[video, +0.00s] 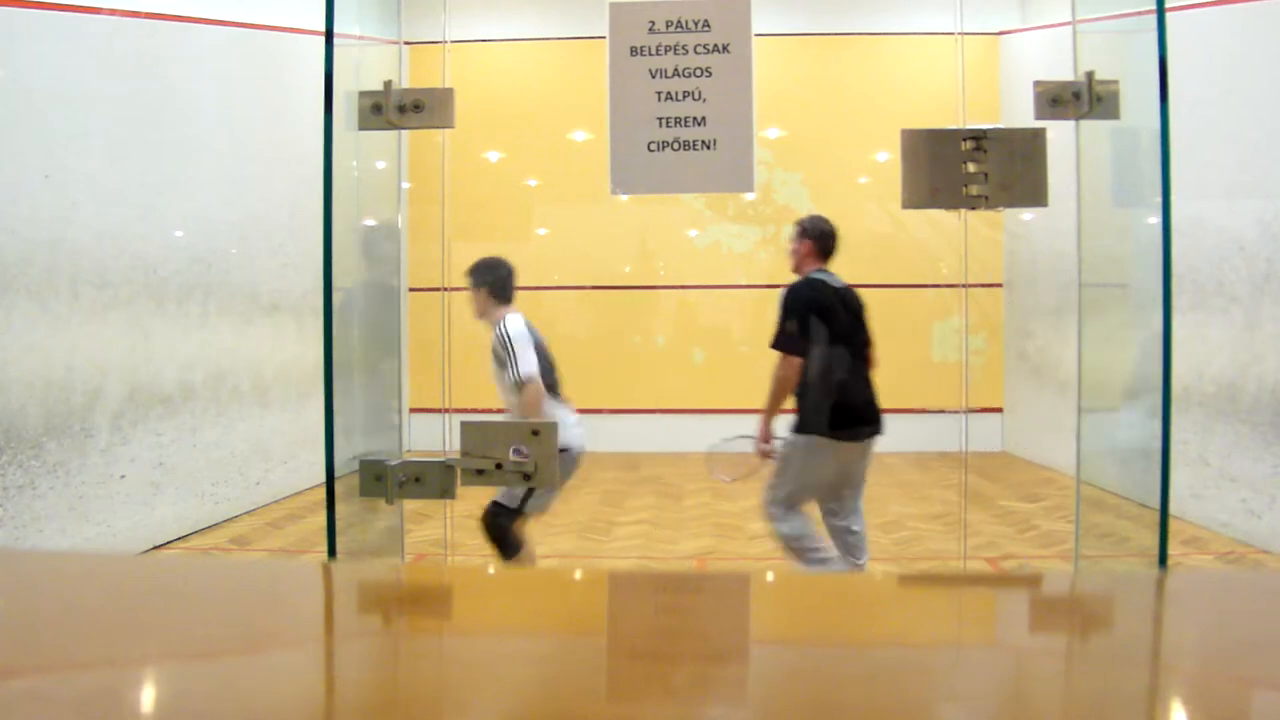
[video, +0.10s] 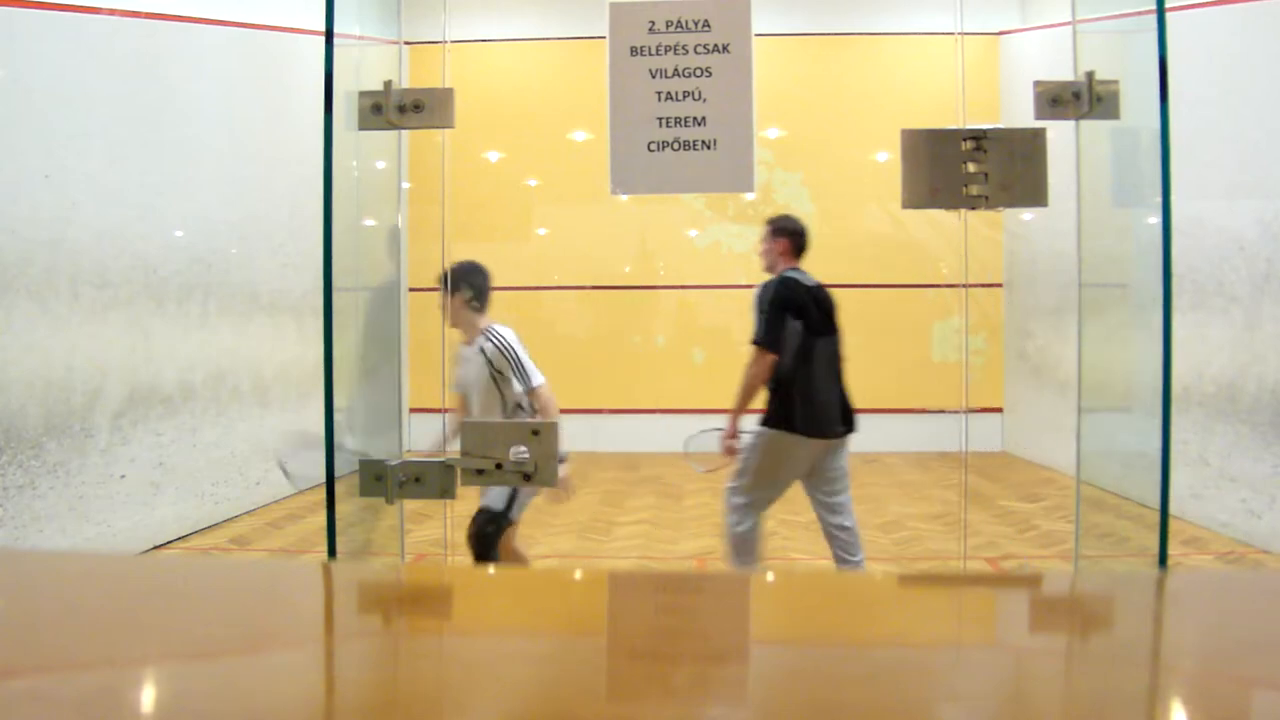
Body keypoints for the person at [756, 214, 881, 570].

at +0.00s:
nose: (790, 249)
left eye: (794, 242)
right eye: (792, 241)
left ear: (807, 246)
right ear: (826, 249)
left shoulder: (801, 293)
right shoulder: (848, 294)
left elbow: (790, 366)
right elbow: (867, 359)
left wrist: (766, 420)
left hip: (821, 427)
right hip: (861, 424)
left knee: (780, 504)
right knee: (842, 507)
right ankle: (858, 581)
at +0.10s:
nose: (759, 250)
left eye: (764, 242)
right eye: (761, 242)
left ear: (781, 245)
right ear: (793, 248)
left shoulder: (776, 291)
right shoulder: (819, 292)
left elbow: (764, 359)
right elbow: (826, 362)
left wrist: (734, 419)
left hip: (791, 424)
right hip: (832, 423)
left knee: (742, 499)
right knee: (837, 511)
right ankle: (858, 589)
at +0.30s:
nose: (701, 256)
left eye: (706, 249)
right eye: (701, 249)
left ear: (728, 250)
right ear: (732, 252)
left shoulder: (718, 296)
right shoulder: (761, 298)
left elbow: (696, 365)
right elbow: (777, 360)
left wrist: (669, 418)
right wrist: (757, 401)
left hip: (719, 426)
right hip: (760, 426)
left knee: (687, 517)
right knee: (768, 505)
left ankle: (682, 602)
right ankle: (823, 570)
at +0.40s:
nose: (672, 253)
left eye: (678, 246)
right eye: (673, 246)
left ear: (701, 247)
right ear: (704, 249)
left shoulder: (688, 294)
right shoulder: (736, 293)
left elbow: (668, 359)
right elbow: (756, 356)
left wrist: (642, 412)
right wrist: (739, 400)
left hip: (693, 414)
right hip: (731, 414)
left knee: (675, 496)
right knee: (708, 485)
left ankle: (681, 579)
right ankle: (762, 554)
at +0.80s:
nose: (581, 263)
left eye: (583, 256)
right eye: (582, 256)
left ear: (597, 258)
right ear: (615, 260)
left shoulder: (590, 301)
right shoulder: (643, 304)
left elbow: (568, 363)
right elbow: (665, 361)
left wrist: (555, 403)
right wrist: (661, 406)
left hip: (595, 416)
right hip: (630, 417)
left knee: (586, 503)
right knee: (586, 498)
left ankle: (658, 562)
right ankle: (578, 571)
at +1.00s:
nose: (549, 258)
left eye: (550, 253)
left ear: (552, 255)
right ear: (584, 255)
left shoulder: (547, 297)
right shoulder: (604, 299)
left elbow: (530, 359)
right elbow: (621, 358)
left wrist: (518, 403)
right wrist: (608, 397)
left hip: (556, 409)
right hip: (597, 409)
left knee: (514, 479)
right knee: (578, 483)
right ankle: (582, 560)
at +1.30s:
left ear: (498, 310)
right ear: (531, 313)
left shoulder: (484, 344)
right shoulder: (546, 347)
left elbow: (470, 395)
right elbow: (569, 407)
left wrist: (459, 444)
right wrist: (573, 451)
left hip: (499, 442)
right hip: (552, 441)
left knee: (464, 508)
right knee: (564, 497)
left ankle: (436, 571)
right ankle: (568, 566)